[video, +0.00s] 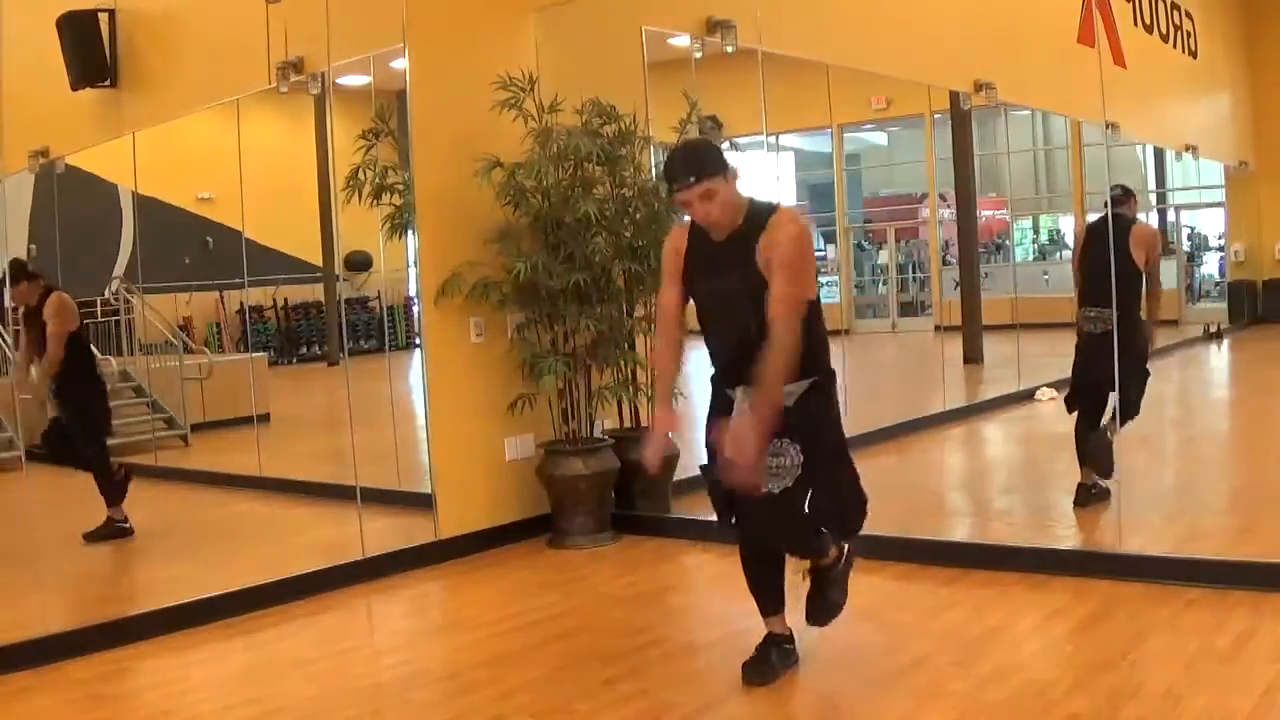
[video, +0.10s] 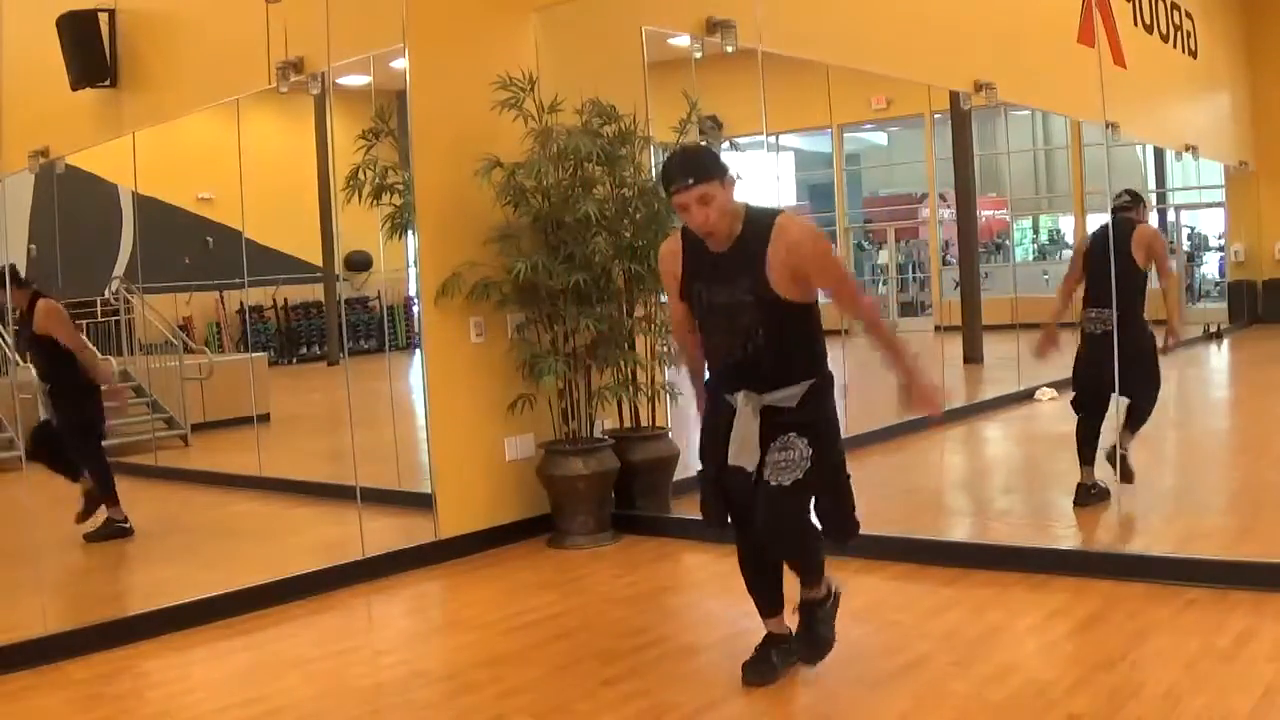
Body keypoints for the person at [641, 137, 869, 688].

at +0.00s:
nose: (699, 214)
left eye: (706, 198)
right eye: (687, 205)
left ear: (731, 180)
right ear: (678, 201)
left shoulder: (784, 229)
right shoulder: (683, 241)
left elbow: (785, 334)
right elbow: (669, 332)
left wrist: (756, 419)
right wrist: (662, 411)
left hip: (798, 392)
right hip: (734, 395)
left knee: (776, 509)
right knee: (749, 515)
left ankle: (828, 555)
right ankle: (777, 637)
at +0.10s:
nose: (697, 218)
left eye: (704, 201)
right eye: (683, 208)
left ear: (728, 185)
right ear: (673, 207)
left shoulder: (790, 235)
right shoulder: (677, 252)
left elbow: (859, 305)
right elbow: (685, 332)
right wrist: (701, 395)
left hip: (797, 401)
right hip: (733, 406)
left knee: (781, 514)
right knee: (748, 525)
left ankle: (817, 592)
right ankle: (776, 634)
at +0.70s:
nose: (774, 182)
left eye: (785, 167)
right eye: (759, 171)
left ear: (806, 168)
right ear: (741, 178)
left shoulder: (852, 228)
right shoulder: (709, 242)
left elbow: (821, 300)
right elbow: (693, 322)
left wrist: (737, 324)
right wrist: (694, 361)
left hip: (828, 427)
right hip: (744, 429)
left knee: (825, 577)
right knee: (734, 575)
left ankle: (812, 707)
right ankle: (746, 695)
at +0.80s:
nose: (767, 166)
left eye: (782, 153)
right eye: (751, 155)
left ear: (806, 161)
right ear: (732, 164)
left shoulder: (847, 212)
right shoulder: (716, 231)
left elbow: (776, 203)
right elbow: (696, 228)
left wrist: (695, 161)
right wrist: (740, 200)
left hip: (834, 430)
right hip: (748, 432)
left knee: (827, 583)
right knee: (735, 581)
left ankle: (812, 709)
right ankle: (727, 710)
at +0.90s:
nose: (760, 135)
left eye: (772, 125)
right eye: (748, 127)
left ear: (797, 135)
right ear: (732, 142)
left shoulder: (840, 197)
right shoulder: (716, 222)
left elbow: (787, 145)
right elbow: (694, 193)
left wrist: (710, 102)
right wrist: (727, 115)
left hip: (838, 422)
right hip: (751, 422)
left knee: (828, 579)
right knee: (734, 568)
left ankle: (811, 711)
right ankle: (722, 707)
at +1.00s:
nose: (752, 138)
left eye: (764, 128)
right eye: (741, 128)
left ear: (792, 136)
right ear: (727, 141)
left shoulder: (837, 200)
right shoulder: (714, 226)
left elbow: (774, 138)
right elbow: (683, 192)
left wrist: (694, 103)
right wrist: (738, 104)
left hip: (841, 425)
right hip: (753, 424)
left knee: (830, 580)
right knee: (736, 564)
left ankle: (812, 710)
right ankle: (735, 705)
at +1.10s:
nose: (762, 159)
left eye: (774, 145)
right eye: (744, 148)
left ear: (797, 153)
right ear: (719, 160)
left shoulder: (840, 199)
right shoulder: (710, 232)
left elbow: (771, 186)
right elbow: (678, 241)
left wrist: (675, 161)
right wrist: (708, 173)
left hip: (848, 438)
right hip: (760, 442)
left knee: (836, 599)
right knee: (750, 599)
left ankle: (813, 710)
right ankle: (757, 716)